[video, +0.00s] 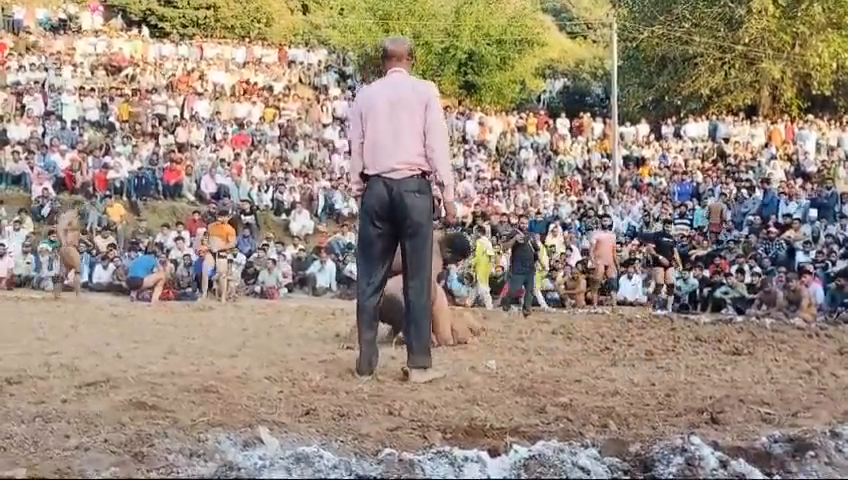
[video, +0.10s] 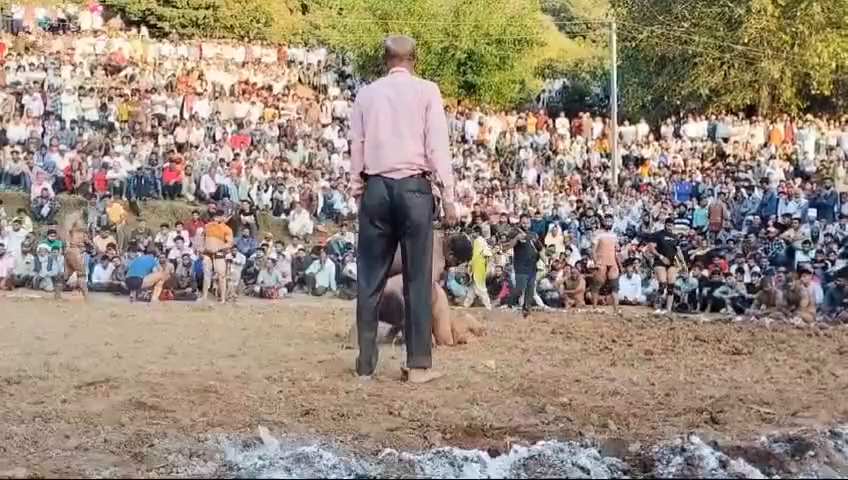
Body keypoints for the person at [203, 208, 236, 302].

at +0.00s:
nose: (222, 218)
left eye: (224, 216)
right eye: (220, 215)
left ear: (228, 217)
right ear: (217, 216)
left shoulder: (230, 229)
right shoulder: (211, 227)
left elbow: (232, 243)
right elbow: (207, 239)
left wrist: (219, 248)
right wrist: (207, 246)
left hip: (222, 253)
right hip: (210, 252)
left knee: (222, 274)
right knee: (205, 270)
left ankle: (223, 296)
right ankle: (204, 293)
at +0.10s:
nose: (216, 218)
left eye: (219, 216)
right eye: (215, 216)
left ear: (223, 217)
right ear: (213, 217)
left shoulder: (227, 229)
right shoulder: (208, 227)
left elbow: (230, 243)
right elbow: (203, 239)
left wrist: (218, 249)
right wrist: (203, 248)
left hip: (219, 255)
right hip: (207, 253)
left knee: (221, 276)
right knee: (206, 274)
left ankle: (222, 298)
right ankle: (204, 296)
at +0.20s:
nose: (213, 218)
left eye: (215, 215)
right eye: (211, 215)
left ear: (219, 216)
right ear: (209, 216)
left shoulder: (222, 228)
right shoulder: (203, 227)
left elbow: (229, 239)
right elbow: (196, 236)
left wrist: (221, 248)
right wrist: (198, 247)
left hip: (217, 253)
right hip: (204, 252)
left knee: (220, 275)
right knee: (205, 274)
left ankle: (222, 297)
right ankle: (204, 296)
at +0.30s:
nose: (210, 217)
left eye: (212, 215)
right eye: (208, 215)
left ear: (216, 216)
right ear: (206, 216)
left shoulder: (219, 227)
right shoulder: (200, 228)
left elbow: (228, 239)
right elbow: (194, 238)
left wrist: (220, 249)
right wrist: (197, 248)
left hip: (215, 253)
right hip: (202, 253)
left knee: (219, 274)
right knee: (204, 275)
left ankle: (221, 298)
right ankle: (202, 297)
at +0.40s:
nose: (207, 217)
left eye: (209, 215)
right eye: (205, 215)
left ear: (212, 216)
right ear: (202, 216)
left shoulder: (217, 227)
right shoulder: (197, 228)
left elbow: (226, 238)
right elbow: (192, 238)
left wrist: (219, 249)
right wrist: (195, 248)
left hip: (213, 252)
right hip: (200, 253)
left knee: (217, 274)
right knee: (204, 276)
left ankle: (221, 297)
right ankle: (202, 298)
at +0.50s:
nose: (205, 218)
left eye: (207, 215)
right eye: (203, 216)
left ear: (210, 216)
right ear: (200, 217)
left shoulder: (216, 227)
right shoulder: (195, 228)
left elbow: (223, 237)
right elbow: (192, 239)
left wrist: (218, 249)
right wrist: (194, 248)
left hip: (211, 252)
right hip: (199, 253)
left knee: (216, 275)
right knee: (202, 276)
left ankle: (220, 298)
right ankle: (201, 298)